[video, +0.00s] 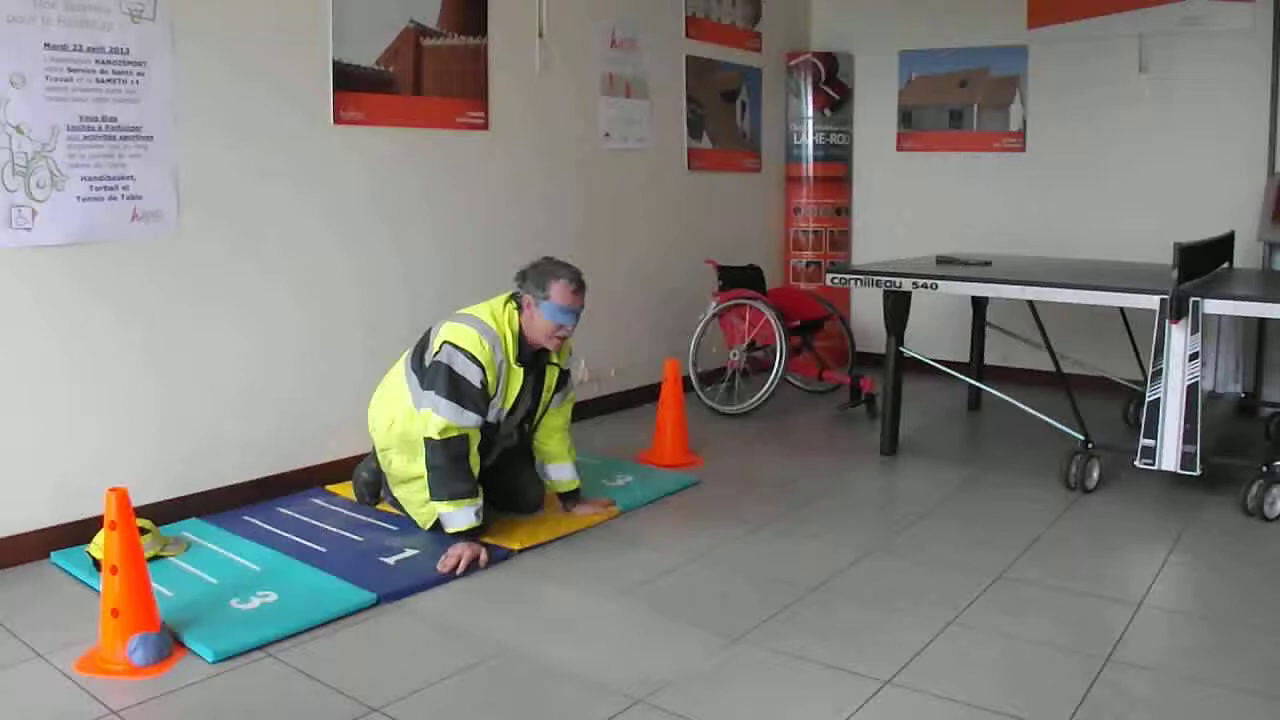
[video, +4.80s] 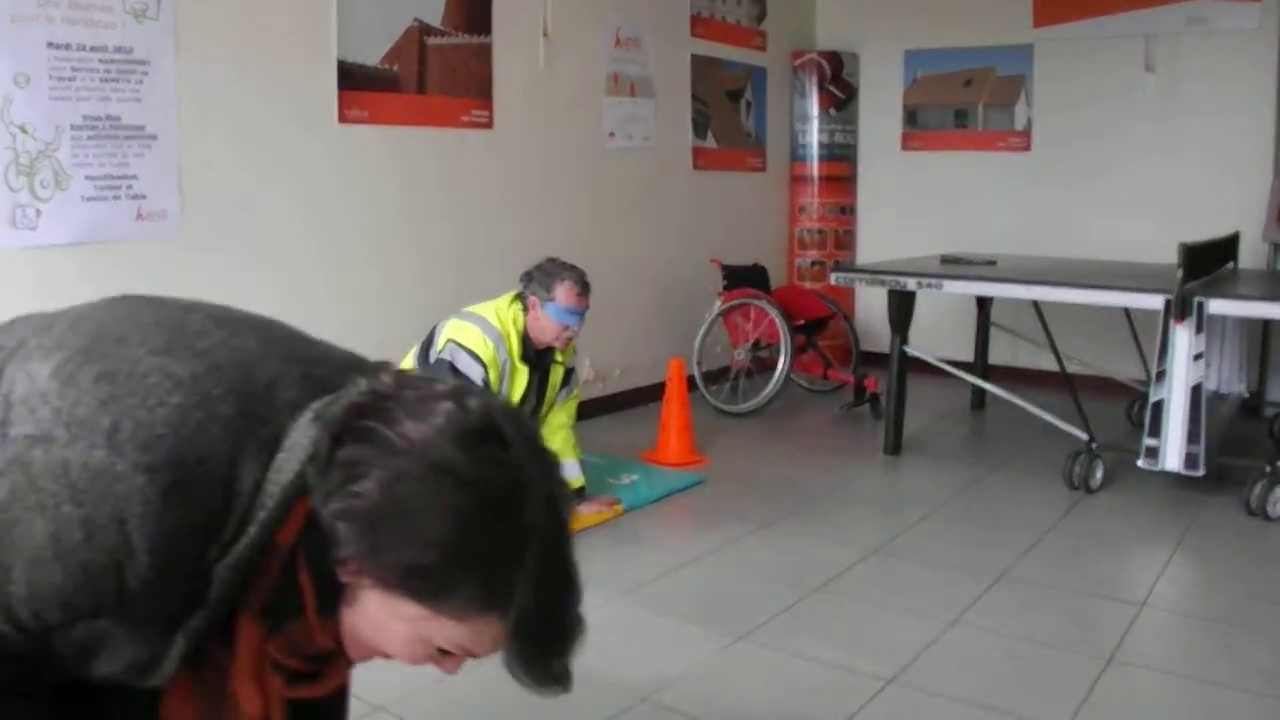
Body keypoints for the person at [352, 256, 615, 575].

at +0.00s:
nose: (568, 328)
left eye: (575, 318)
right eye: (560, 316)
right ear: (527, 305)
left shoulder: (556, 350)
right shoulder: (469, 343)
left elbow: (553, 423)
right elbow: (446, 438)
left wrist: (569, 497)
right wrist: (464, 536)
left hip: (484, 423)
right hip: (411, 430)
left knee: (526, 499)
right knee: (446, 522)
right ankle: (386, 470)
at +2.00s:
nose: (560, 340)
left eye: (566, 330)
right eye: (551, 328)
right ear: (518, 319)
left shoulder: (547, 360)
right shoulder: (460, 357)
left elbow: (545, 437)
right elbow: (437, 453)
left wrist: (565, 511)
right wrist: (458, 549)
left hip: (478, 439)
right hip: (405, 446)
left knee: (521, 511)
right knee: (441, 535)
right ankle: (381, 483)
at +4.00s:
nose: (574, 331)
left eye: (580, 321)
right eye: (566, 320)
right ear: (532, 309)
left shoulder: (559, 349)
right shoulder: (471, 346)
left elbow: (556, 425)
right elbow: (451, 442)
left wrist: (576, 500)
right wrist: (469, 538)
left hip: (492, 429)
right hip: (419, 438)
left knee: (536, 502)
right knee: (454, 525)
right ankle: (393, 476)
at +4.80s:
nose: (574, 331)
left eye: (581, 320)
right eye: (566, 318)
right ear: (533, 307)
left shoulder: (561, 351)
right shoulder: (473, 340)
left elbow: (557, 423)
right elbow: (456, 426)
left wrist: (576, 494)